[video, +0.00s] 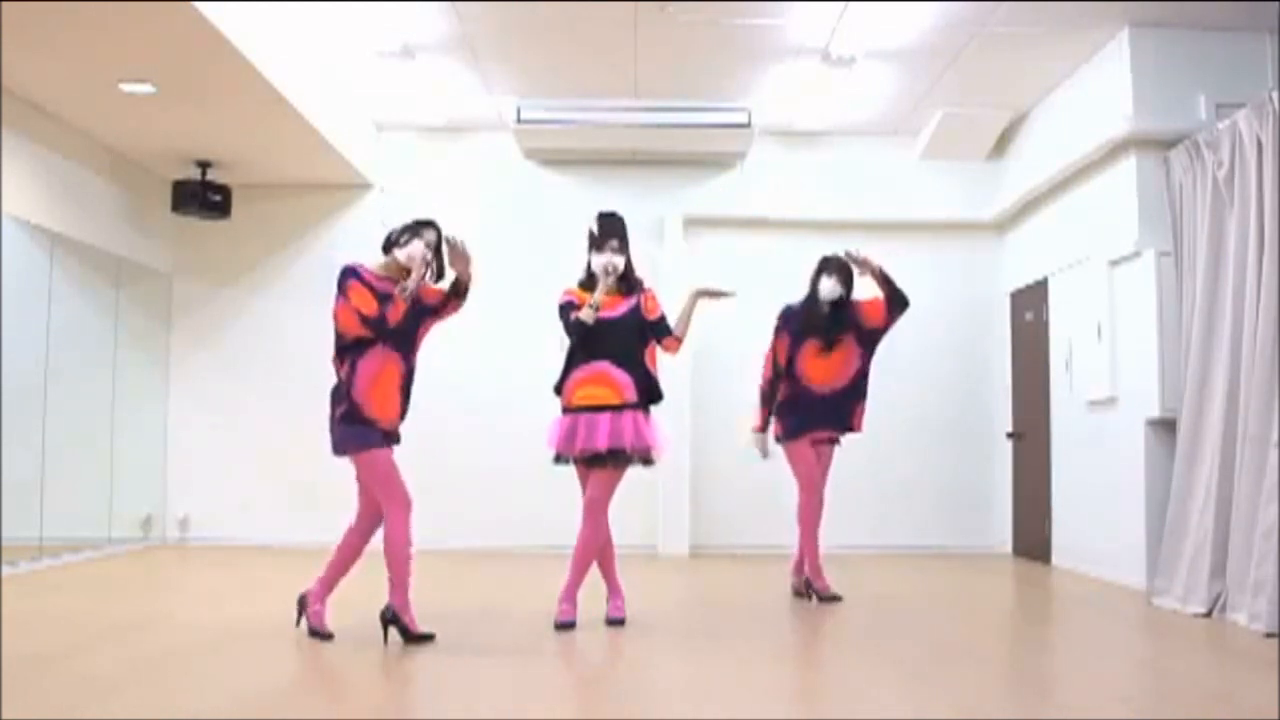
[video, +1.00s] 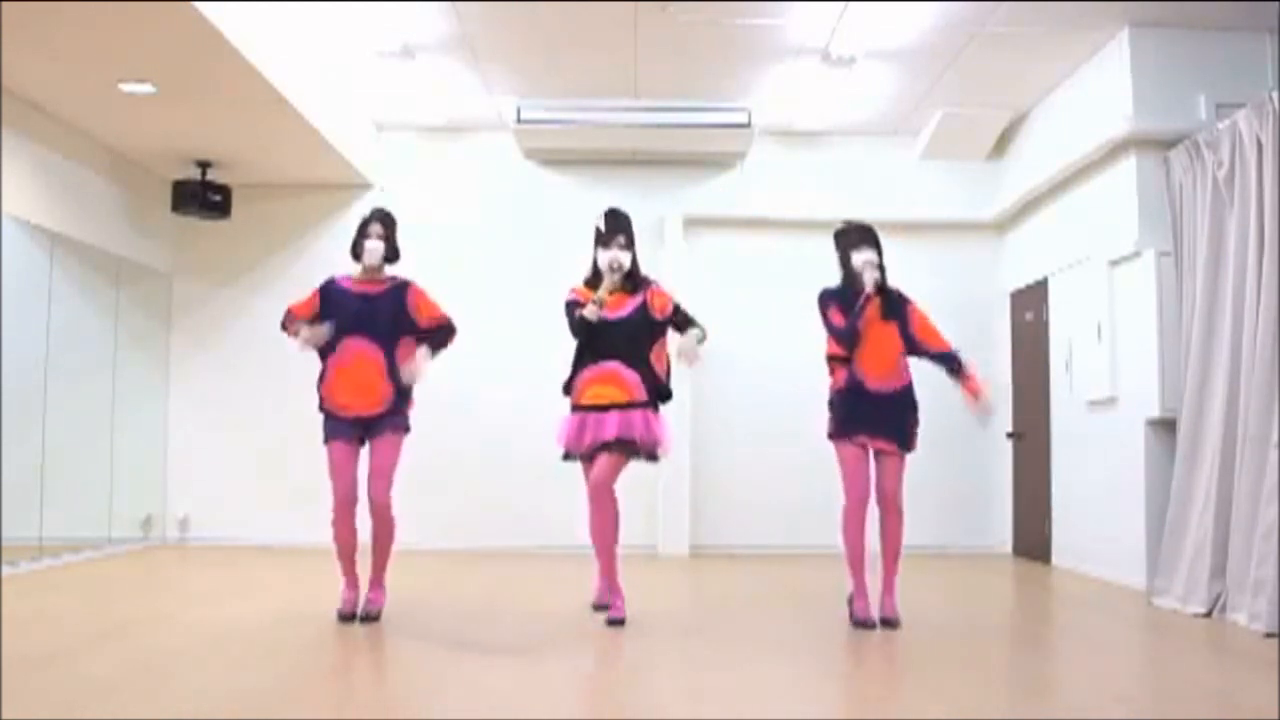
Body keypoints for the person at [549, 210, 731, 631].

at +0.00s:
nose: (611, 261)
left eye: (618, 253)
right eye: (603, 253)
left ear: (627, 256)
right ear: (590, 255)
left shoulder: (640, 297)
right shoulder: (573, 295)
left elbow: (671, 343)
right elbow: (577, 331)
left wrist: (693, 299)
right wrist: (600, 288)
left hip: (623, 407)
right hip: (581, 406)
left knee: (596, 503)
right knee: (593, 505)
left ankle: (568, 595)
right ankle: (615, 592)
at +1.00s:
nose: (615, 257)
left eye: (622, 248)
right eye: (607, 249)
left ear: (633, 252)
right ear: (596, 252)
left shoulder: (651, 296)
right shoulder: (581, 295)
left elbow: (694, 329)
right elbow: (578, 328)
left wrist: (687, 342)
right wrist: (595, 305)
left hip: (632, 401)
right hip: (589, 401)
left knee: (600, 482)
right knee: (595, 489)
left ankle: (607, 582)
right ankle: (610, 587)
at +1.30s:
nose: (617, 257)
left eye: (625, 249)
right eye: (609, 248)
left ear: (635, 253)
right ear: (597, 252)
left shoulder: (652, 296)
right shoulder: (582, 295)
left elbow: (656, 352)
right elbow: (590, 330)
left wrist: (661, 401)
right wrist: (608, 290)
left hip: (642, 401)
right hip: (597, 402)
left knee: (641, 501)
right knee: (605, 503)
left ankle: (644, 591)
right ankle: (613, 592)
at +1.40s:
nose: (619, 256)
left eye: (627, 247)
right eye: (611, 247)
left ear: (637, 251)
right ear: (598, 251)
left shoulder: (654, 295)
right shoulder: (583, 294)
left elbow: (659, 351)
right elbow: (591, 326)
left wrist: (666, 400)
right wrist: (609, 287)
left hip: (645, 401)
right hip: (599, 401)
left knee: (646, 502)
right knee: (606, 503)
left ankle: (645, 593)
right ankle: (613, 592)